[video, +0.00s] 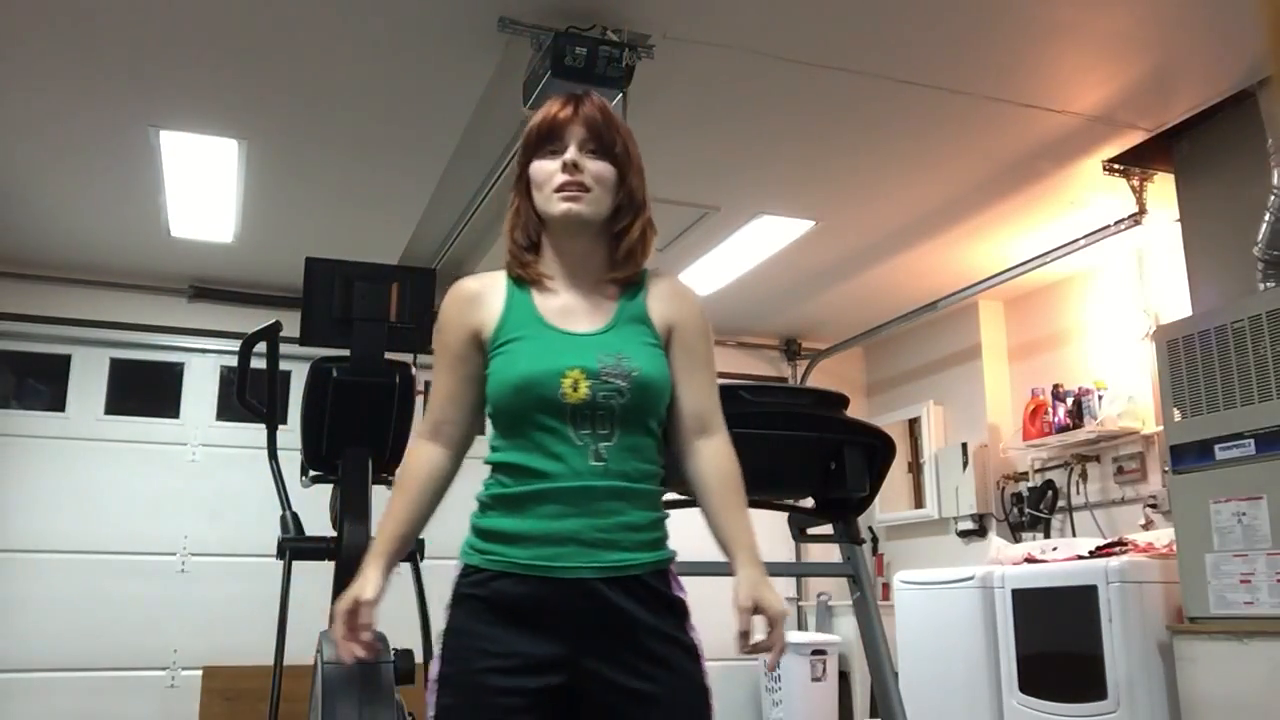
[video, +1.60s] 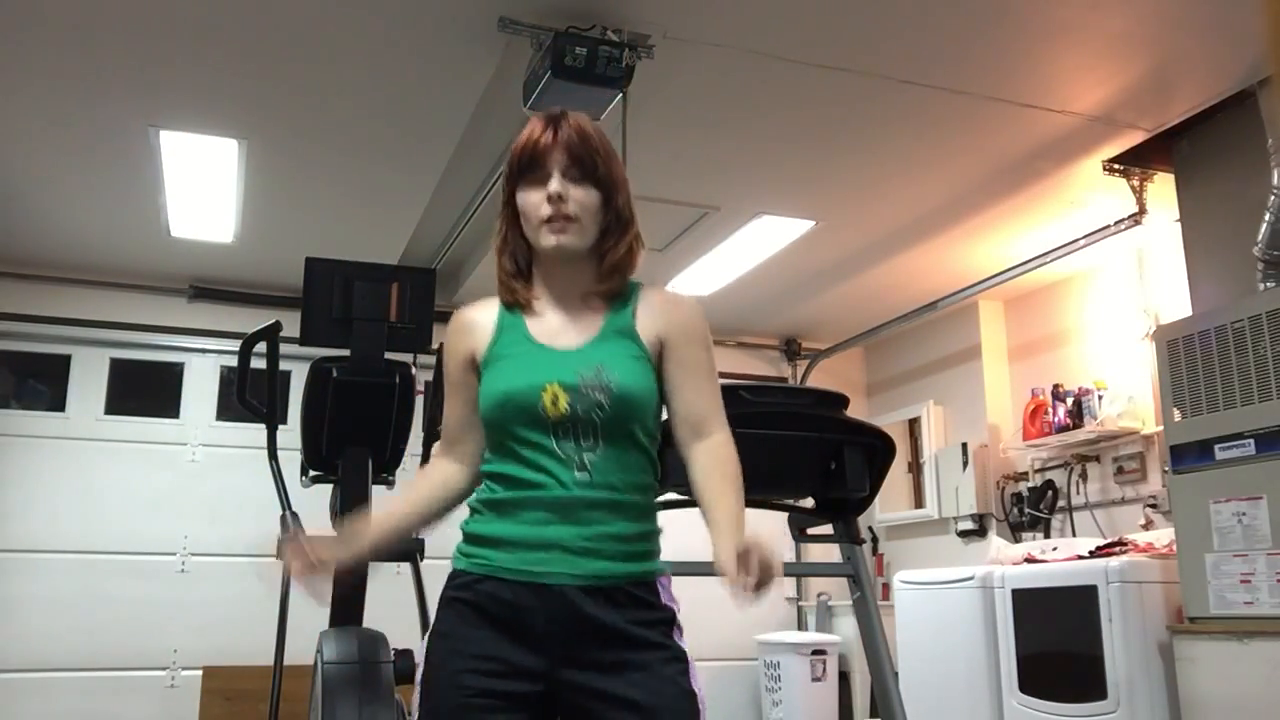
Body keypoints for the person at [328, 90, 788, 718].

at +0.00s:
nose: (571, 163)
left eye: (593, 152)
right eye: (552, 151)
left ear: (624, 182)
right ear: (527, 182)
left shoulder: (669, 304)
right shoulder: (477, 301)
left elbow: (703, 438)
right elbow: (437, 440)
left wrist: (748, 565)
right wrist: (376, 565)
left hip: (637, 606)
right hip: (502, 605)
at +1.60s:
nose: (556, 195)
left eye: (577, 178)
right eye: (536, 180)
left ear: (608, 199)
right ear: (515, 202)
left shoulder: (667, 317)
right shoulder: (476, 326)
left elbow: (705, 435)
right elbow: (454, 459)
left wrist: (730, 539)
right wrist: (349, 543)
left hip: (624, 622)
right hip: (488, 617)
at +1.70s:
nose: (562, 216)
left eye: (583, 200)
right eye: (542, 202)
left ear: (615, 221)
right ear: (519, 228)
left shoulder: (671, 322)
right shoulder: (488, 344)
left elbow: (717, 420)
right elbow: (425, 465)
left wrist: (739, 474)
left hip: (631, 629)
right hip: (498, 618)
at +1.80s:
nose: (578, 194)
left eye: (601, 177)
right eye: (558, 178)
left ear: (631, 198)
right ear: (537, 201)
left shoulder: (679, 293)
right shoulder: (504, 310)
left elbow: (741, 388)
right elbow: (407, 404)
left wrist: (752, 443)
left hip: (648, 607)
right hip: (517, 601)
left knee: (696, 708)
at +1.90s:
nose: (603, 176)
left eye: (627, 159)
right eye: (584, 160)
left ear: (656, 179)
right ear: (561, 180)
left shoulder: (692, 268)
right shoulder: (529, 282)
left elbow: (751, 365)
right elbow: (436, 339)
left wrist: (775, 471)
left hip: (669, 570)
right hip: (545, 572)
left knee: (710, 710)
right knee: (517, 708)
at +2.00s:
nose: (626, 192)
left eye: (650, 177)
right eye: (610, 173)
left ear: (679, 199)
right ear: (584, 190)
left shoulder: (716, 292)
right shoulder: (556, 299)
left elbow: (768, 412)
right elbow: (487, 322)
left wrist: (799, 542)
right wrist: (530, 206)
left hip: (698, 591)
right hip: (582, 595)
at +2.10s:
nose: (651, 223)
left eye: (673, 207)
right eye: (634, 204)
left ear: (703, 226)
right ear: (611, 221)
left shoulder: (740, 323)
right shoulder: (593, 333)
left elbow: (789, 461)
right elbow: (545, 342)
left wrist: (827, 597)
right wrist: (588, 246)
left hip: (741, 617)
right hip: (624, 629)